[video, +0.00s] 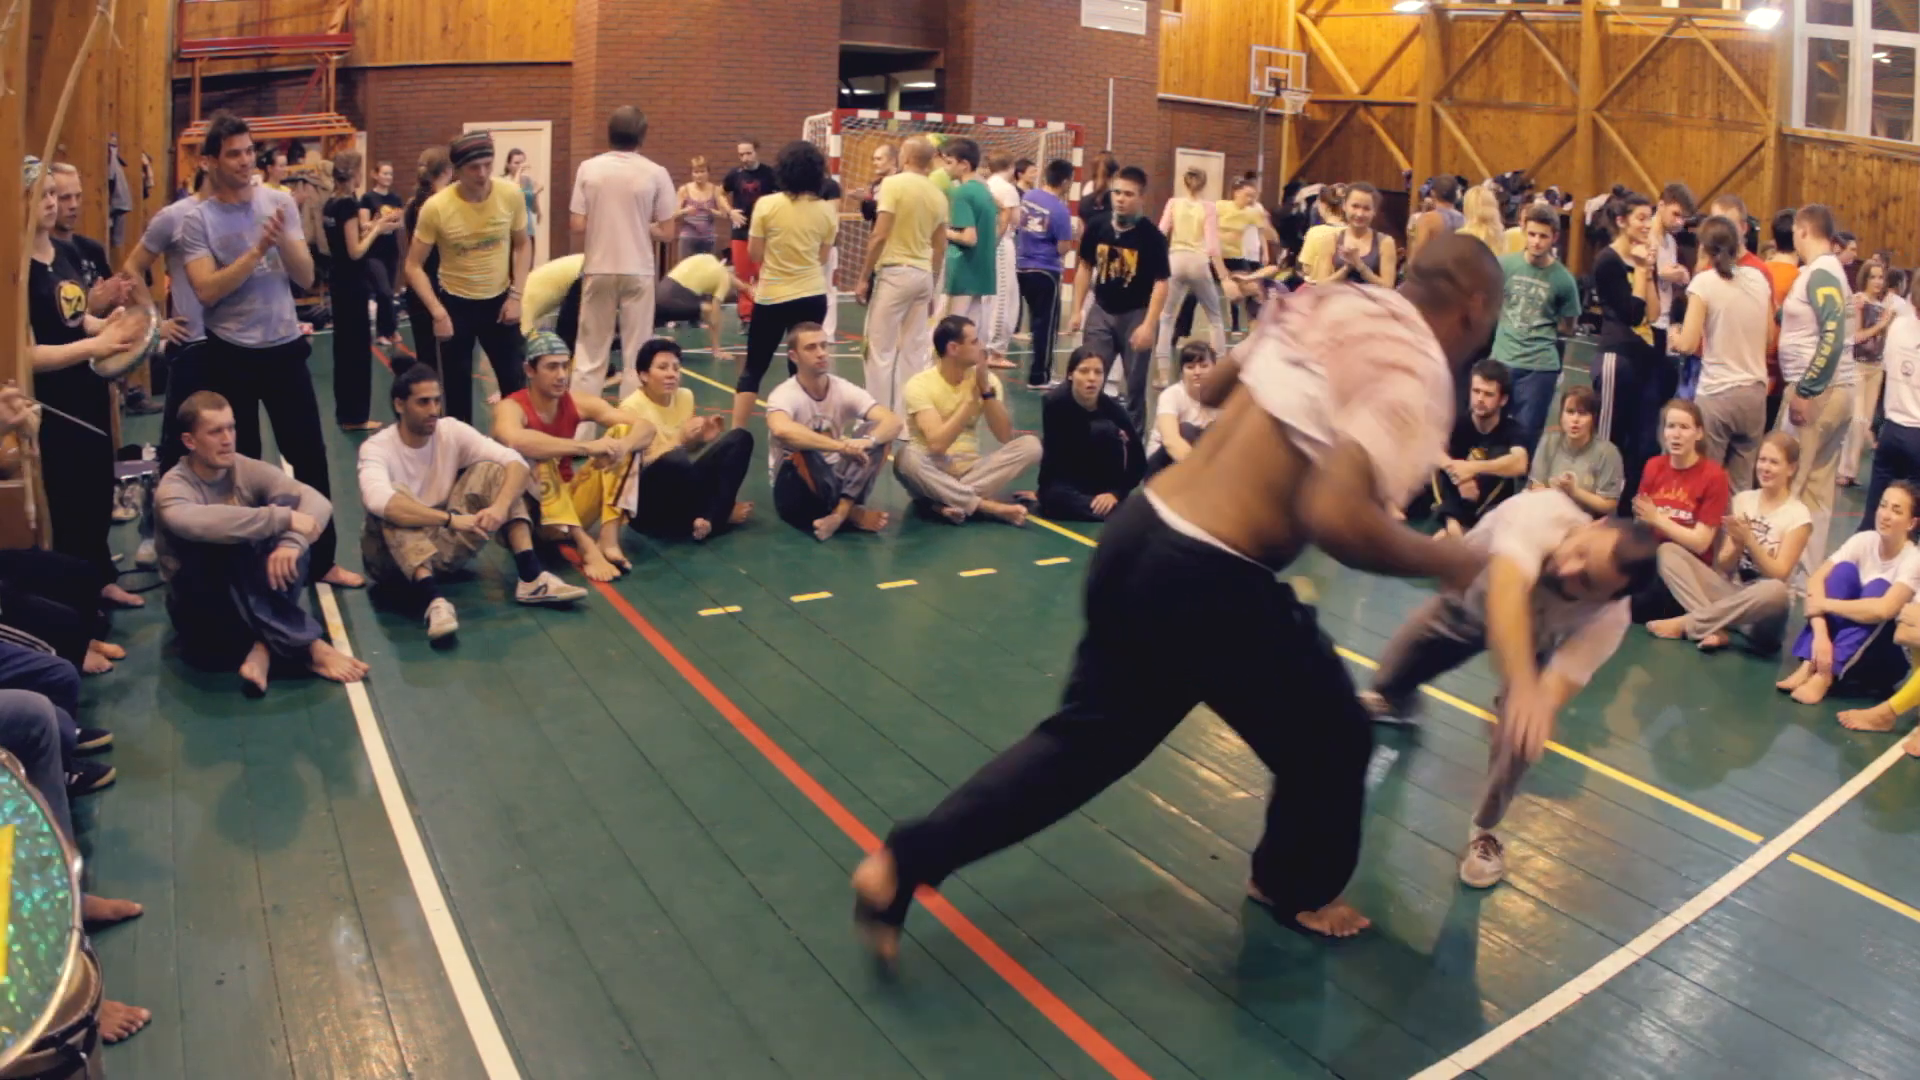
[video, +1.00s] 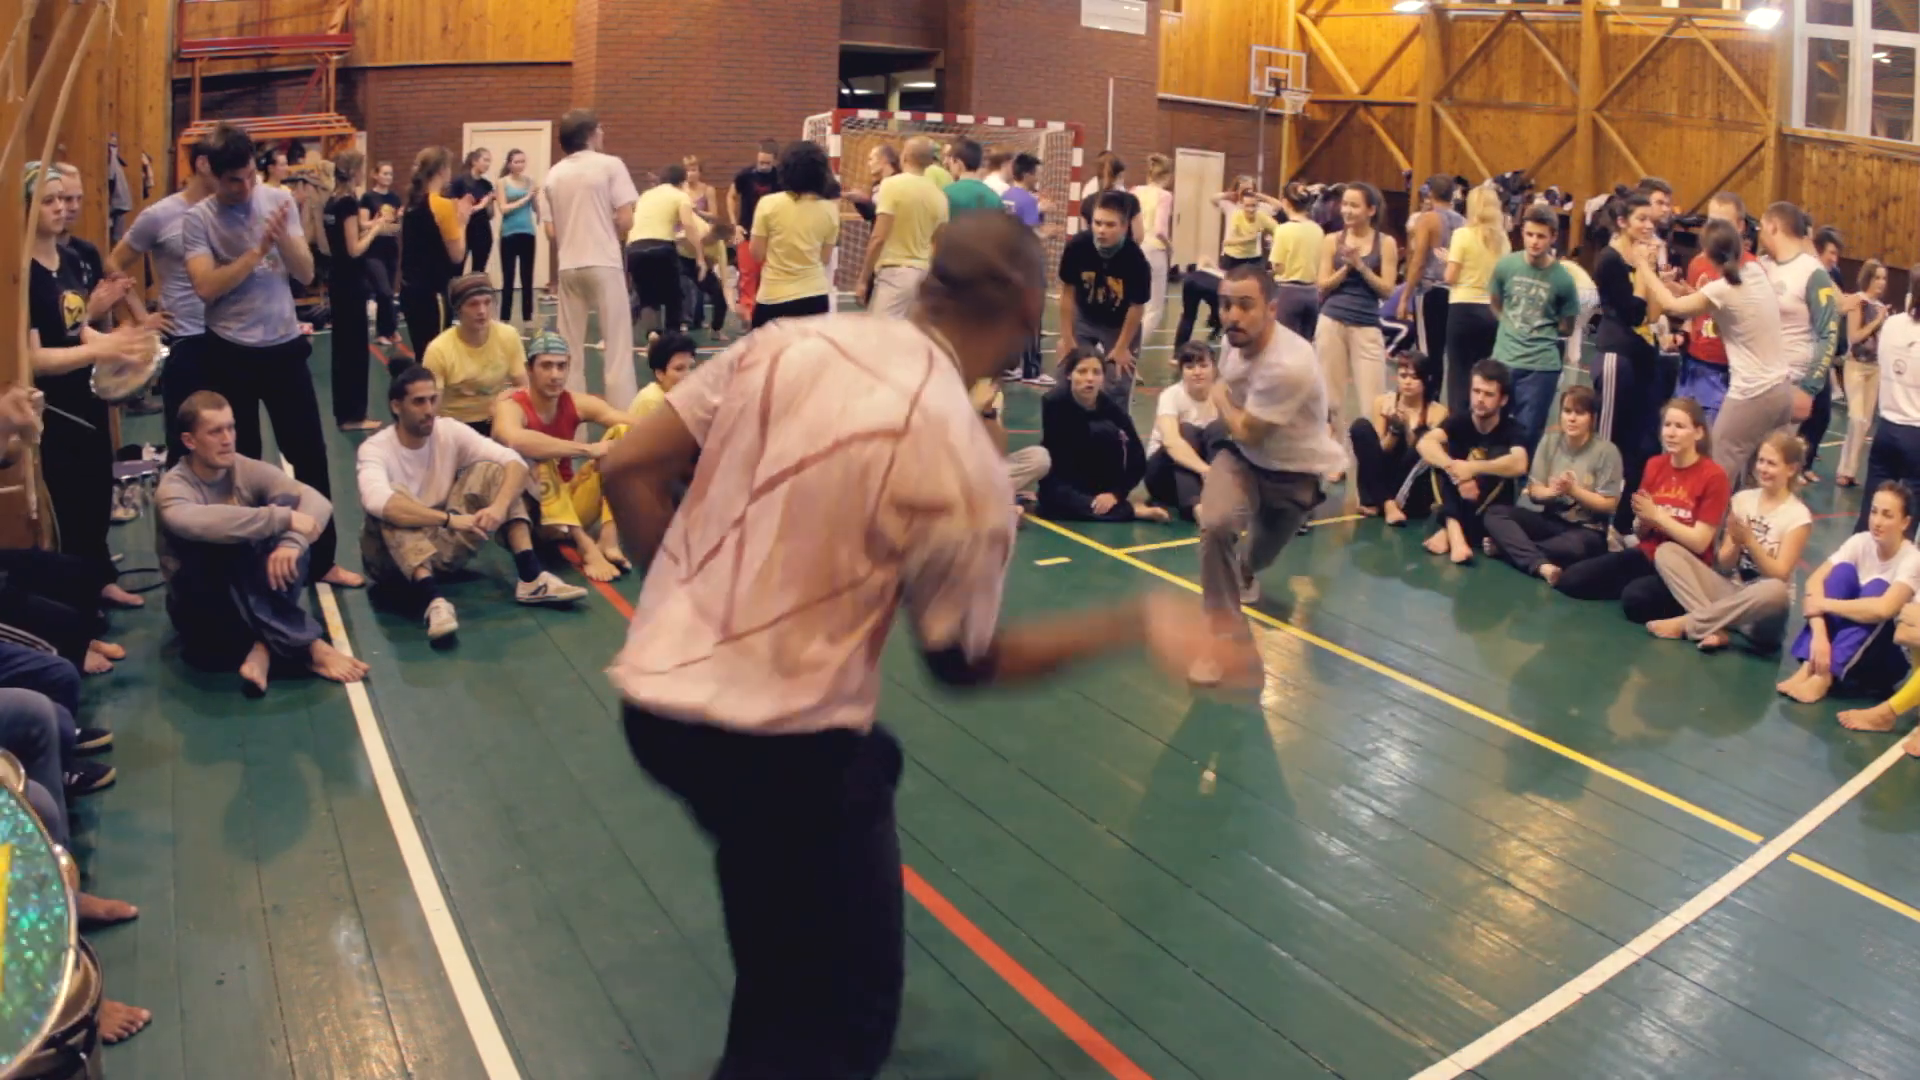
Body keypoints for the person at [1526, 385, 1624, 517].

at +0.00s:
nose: (1575, 419)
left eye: (1582, 414)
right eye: (1570, 412)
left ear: (1594, 418)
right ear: (1561, 416)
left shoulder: (1608, 453)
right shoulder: (1550, 442)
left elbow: (1609, 505)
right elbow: (1536, 485)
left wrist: (1575, 492)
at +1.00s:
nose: (1572, 418)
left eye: (1579, 413)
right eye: (1567, 412)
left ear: (1592, 418)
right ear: (1560, 415)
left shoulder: (1607, 452)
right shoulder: (1549, 441)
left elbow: (1609, 505)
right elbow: (1534, 490)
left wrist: (1574, 491)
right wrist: (1552, 491)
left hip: (1584, 529)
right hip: (1547, 519)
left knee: (1576, 547)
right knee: (1494, 514)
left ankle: (1509, 550)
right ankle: (1539, 565)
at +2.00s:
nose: (1570, 420)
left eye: (1577, 414)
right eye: (1565, 413)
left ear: (1591, 418)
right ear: (1559, 415)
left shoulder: (1606, 452)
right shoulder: (1549, 441)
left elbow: (1609, 505)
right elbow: (1534, 491)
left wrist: (1574, 492)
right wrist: (1555, 492)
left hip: (1584, 528)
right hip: (1548, 518)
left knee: (1576, 547)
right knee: (1494, 514)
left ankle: (1509, 550)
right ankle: (1538, 565)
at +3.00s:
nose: (1569, 419)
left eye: (1577, 414)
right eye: (1565, 412)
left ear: (1591, 419)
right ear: (1558, 414)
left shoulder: (1606, 452)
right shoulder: (1549, 441)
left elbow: (1611, 506)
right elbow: (1533, 490)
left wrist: (1574, 492)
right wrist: (1551, 489)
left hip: (1584, 529)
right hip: (1547, 519)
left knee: (1574, 548)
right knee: (1494, 514)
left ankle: (1510, 550)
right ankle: (1539, 566)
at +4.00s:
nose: (1572, 420)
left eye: (1580, 414)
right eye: (1568, 412)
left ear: (1594, 420)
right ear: (1561, 414)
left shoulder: (1607, 452)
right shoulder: (1550, 440)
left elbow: (1615, 504)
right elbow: (1532, 494)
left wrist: (1586, 497)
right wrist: (1541, 487)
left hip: (1583, 522)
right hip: (1546, 514)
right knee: (1494, 513)